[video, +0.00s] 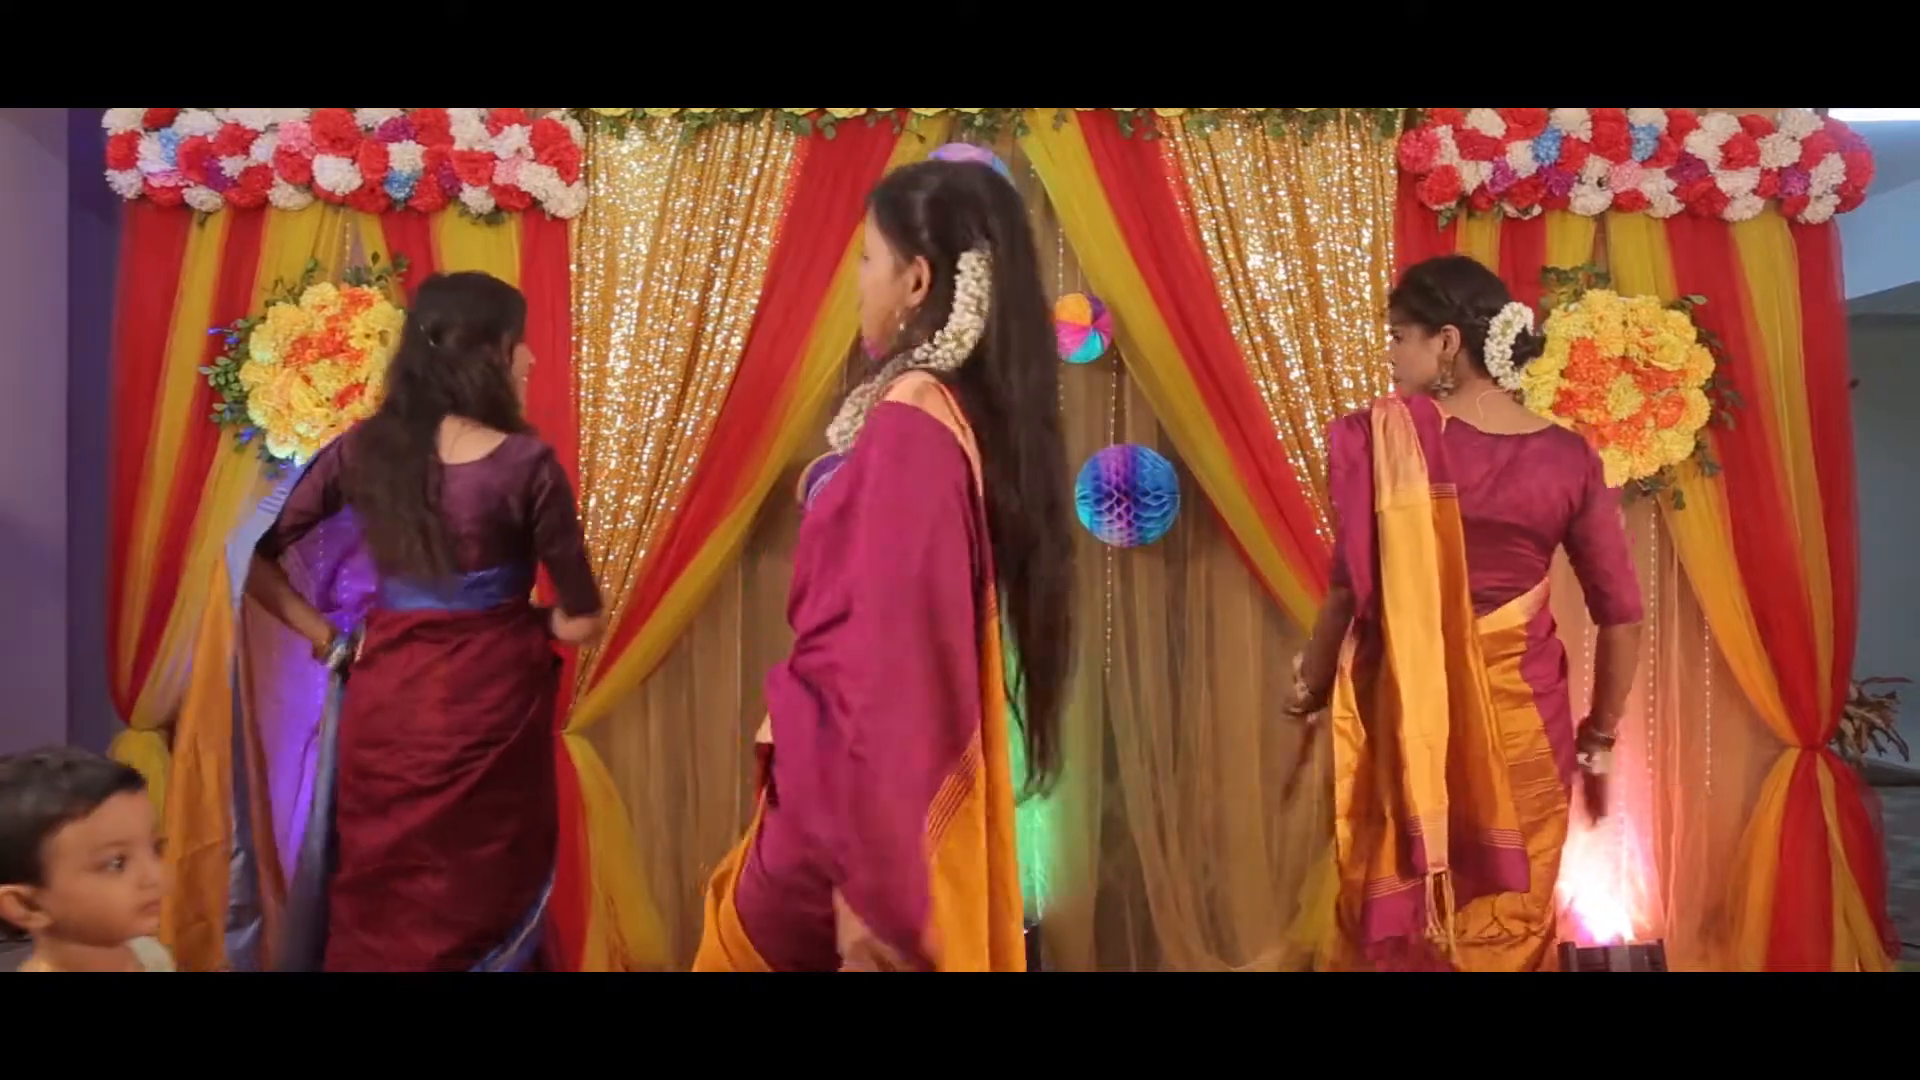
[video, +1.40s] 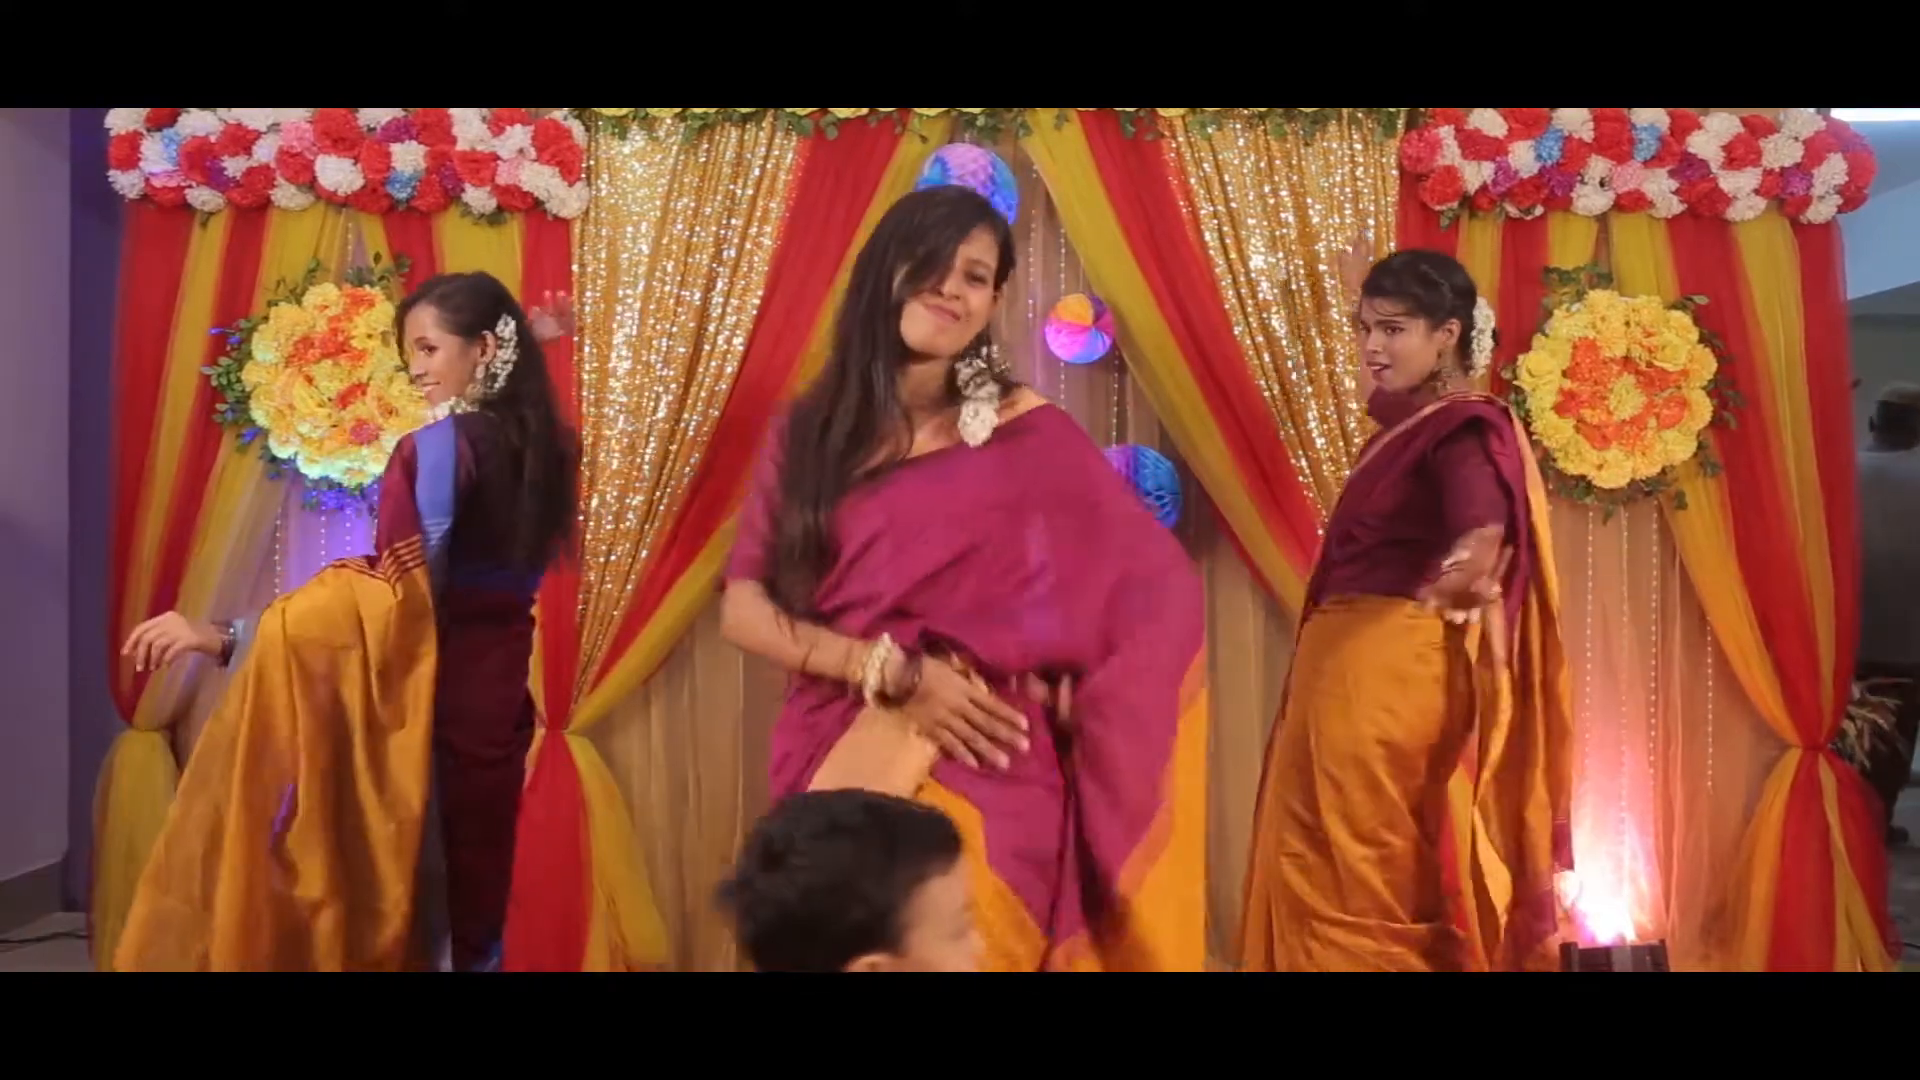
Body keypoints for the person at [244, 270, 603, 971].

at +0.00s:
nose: (530, 362)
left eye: (526, 345)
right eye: (521, 345)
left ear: (427, 350)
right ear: (485, 354)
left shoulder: (364, 447)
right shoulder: (524, 461)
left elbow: (259, 557)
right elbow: (582, 616)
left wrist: (328, 637)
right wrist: (526, 615)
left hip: (386, 686)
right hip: (492, 690)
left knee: (373, 888)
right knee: (484, 888)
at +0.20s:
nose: (535, 346)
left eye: (531, 331)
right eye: (525, 332)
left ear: (431, 341)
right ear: (494, 345)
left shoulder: (374, 436)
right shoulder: (542, 446)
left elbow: (293, 541)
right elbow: (618, 574)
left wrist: (315, 646)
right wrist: (527, 565)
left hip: (383, 673)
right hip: (489, 679)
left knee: (375, 868)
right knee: (478, 871)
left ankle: (378, 963)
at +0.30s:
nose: (532, 342)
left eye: (528, 329)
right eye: (526, 330)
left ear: (427, 338)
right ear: (508, 340)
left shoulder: (385, 435)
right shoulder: (555, 439)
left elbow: (299, 538)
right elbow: (680, 538)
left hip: (387, 668)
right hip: (490, 677)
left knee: (377, 861)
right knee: (477, 859)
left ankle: (373, 963)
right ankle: (471, 964)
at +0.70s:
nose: (424, 352)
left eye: (430, 337)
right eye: (430, 334)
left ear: (435, 350)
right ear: (523, 351)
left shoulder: (384, 441)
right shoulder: (556, 460)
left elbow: (300, 558)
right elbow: (630, 519)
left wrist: (201, 602)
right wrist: (656, 410)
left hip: (395, 667)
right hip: (495, 672)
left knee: (389, 849)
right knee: (486, 857)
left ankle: (393, 960)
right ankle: (477, 961)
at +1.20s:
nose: (421, 382)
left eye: (425, 364)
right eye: (420, 365)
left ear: (467, 360)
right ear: (500, 360)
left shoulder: (414, 448)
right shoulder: (557, 460)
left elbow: (345, 594)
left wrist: (197, 646)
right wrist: (583, 396)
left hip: (417, 702)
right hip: (506, 702)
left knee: (401, 900)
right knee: (481, 908)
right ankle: (475, 962)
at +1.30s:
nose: (415, 369)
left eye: (426, 350)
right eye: (413, 352)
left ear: (484, 347)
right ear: (491, 352)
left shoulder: (428, 445)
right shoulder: (568, 450)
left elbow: (387, 599)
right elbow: (524, 422)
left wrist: (218, 638)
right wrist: (546, 354)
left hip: (416, 691)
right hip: (499, 693)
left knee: (395, 879)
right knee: (477, 876)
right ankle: (475, 962)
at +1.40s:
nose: (414, 370)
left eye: (428, 350)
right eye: (411, 353)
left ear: (489, 349)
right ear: (492, 354)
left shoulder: (434, 447)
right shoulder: (544, 447)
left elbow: (392, 605)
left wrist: (227, 636)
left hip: (428, 707)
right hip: (499, 705)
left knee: (406, 911)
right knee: (481, 921)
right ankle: (480, 960)